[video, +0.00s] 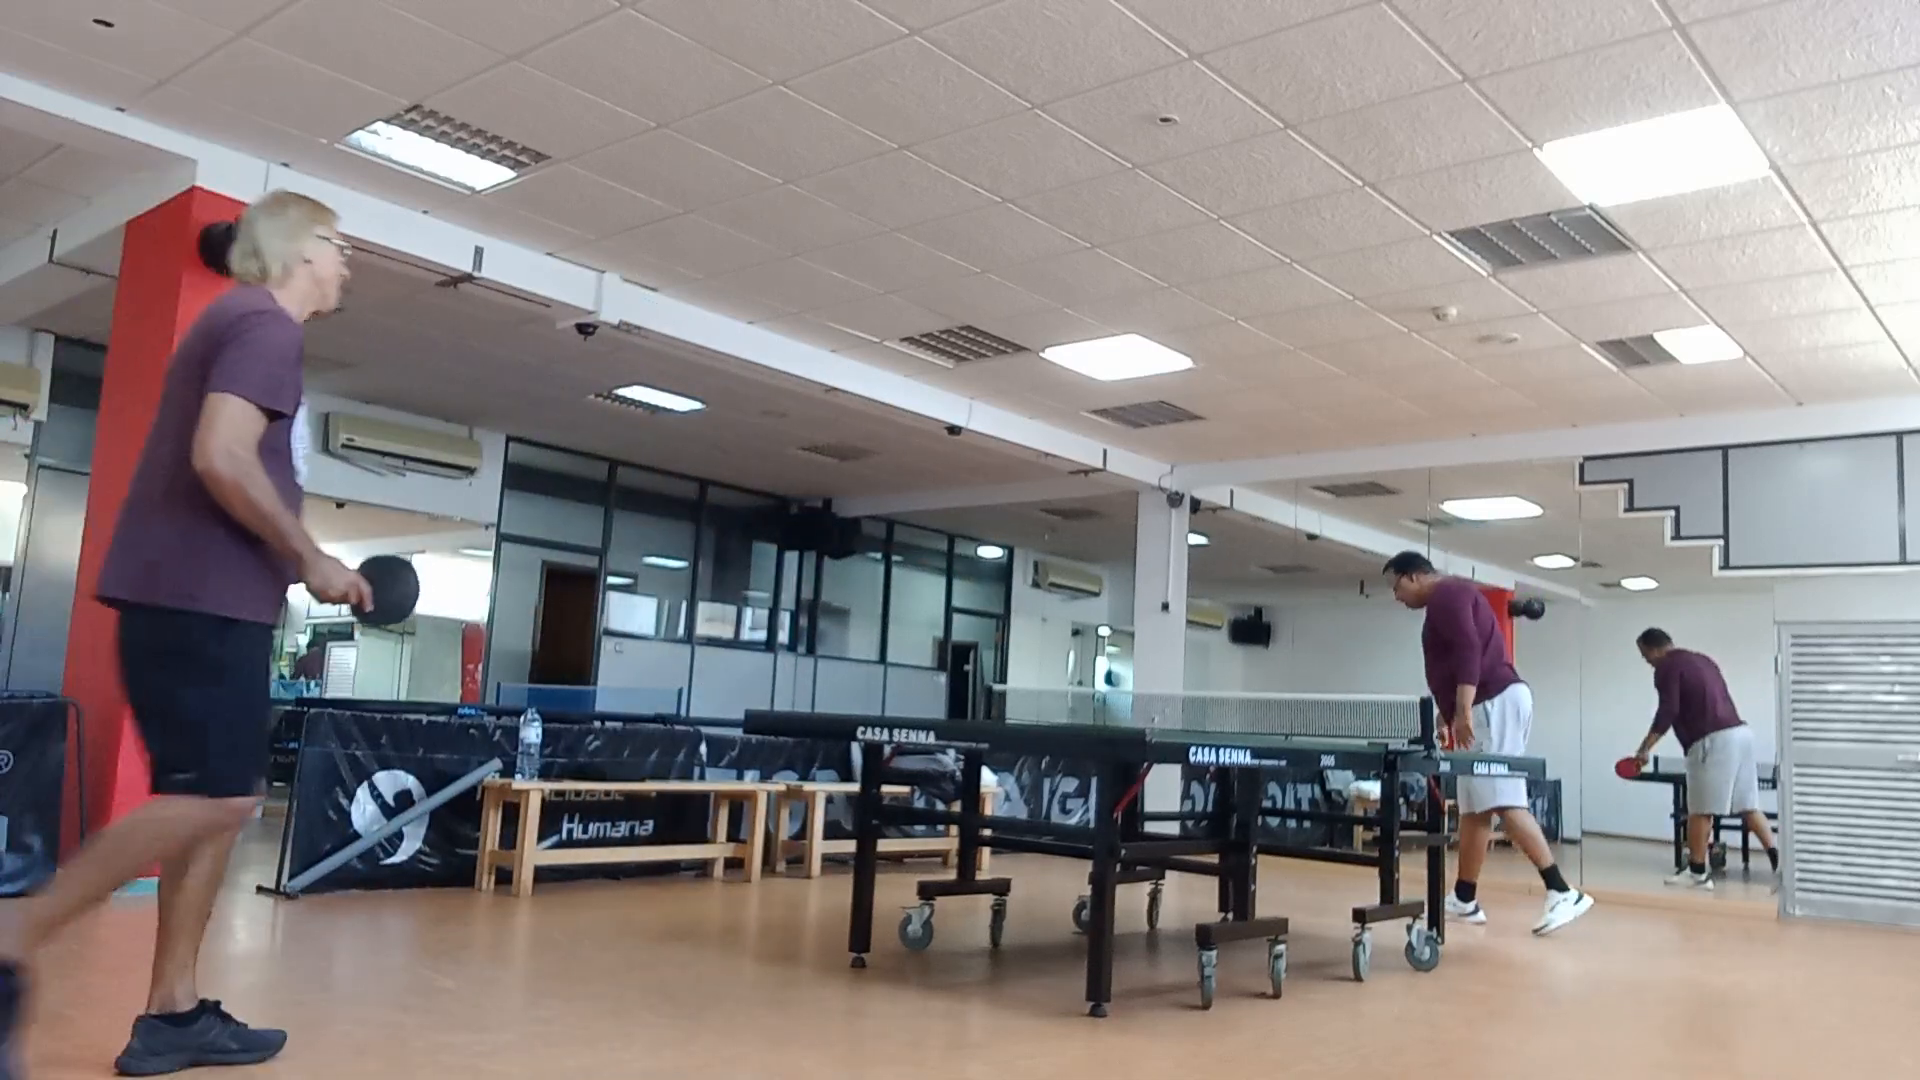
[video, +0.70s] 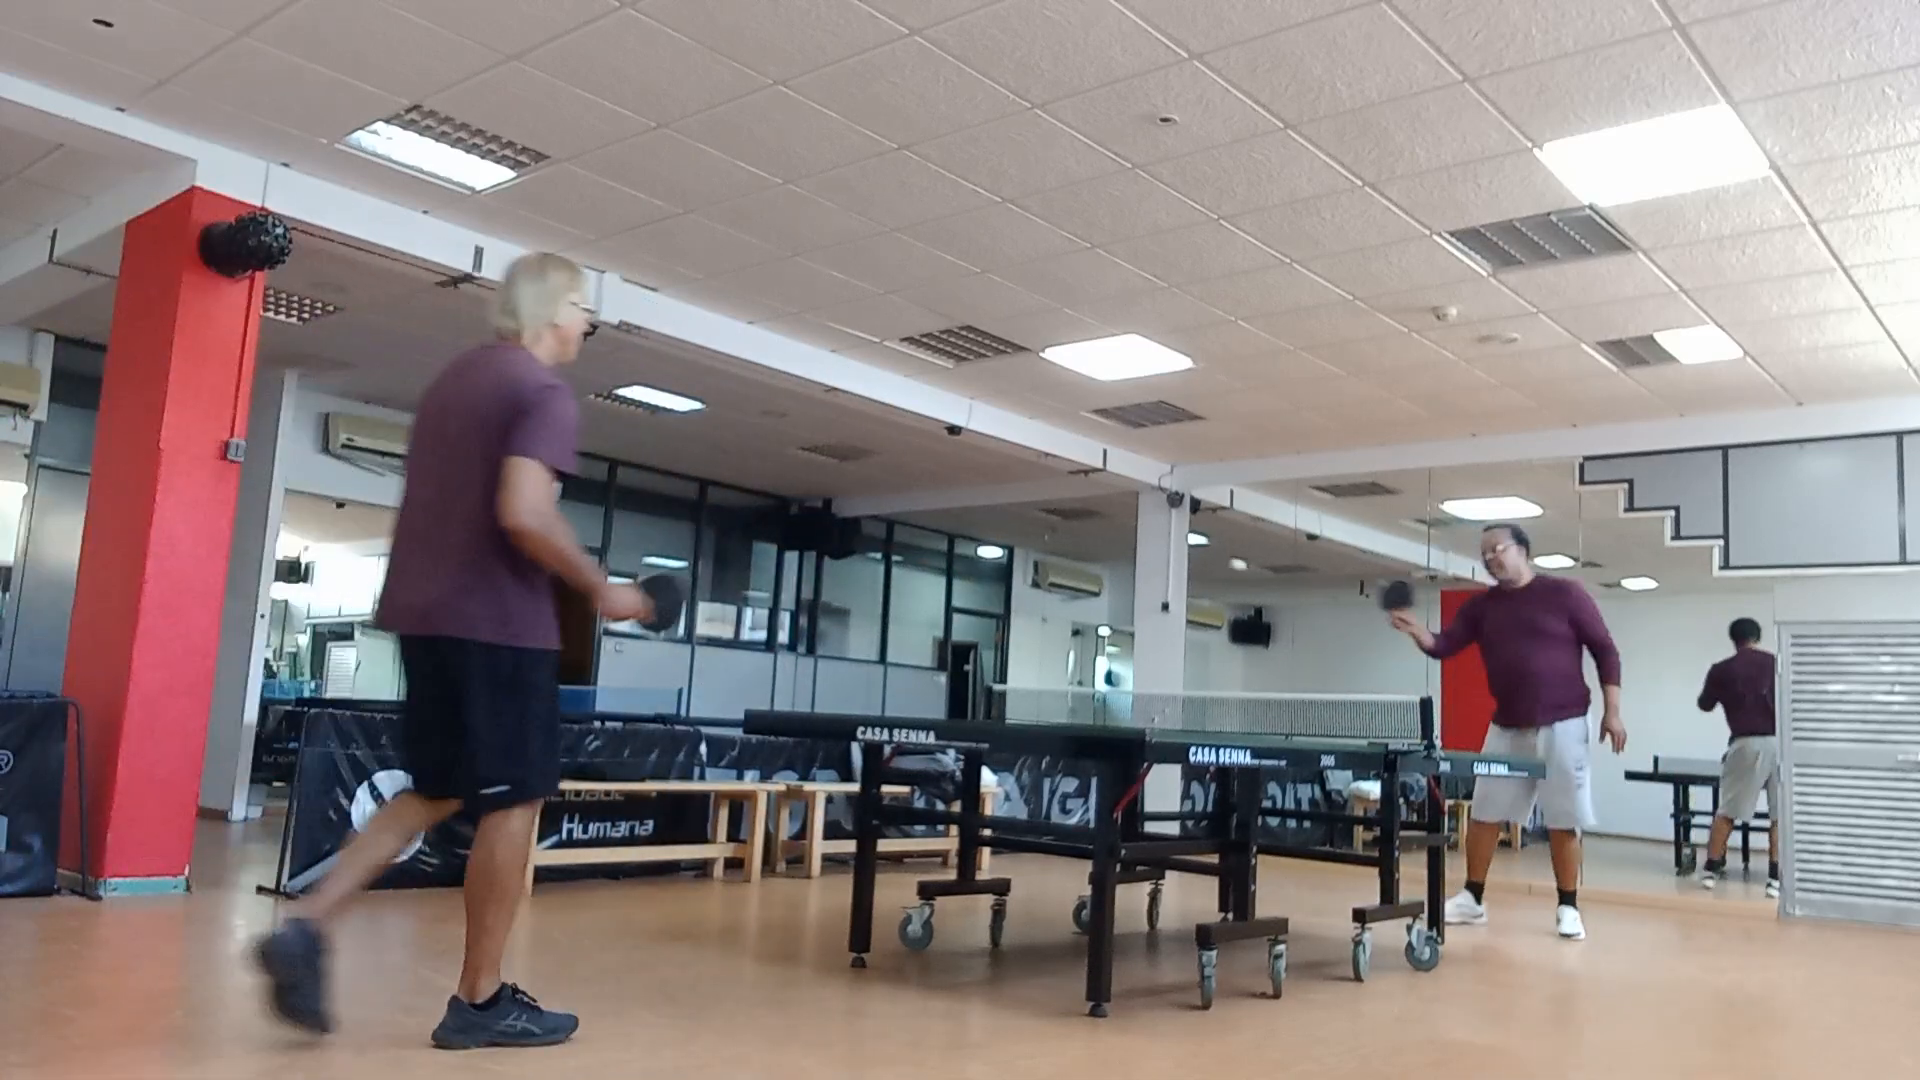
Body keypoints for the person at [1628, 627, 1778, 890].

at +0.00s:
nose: (1648, 662)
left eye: (1646, 656)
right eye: (1645, 658)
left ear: (1652, 650)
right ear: (1669, 644)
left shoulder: (1667, 666)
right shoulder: (1700, 658)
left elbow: (1669, 711)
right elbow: (1713, 701)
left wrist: (1644, 749)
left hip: (1711, 740)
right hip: (1740, 733)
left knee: (1699, 811)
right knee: (1749, 806)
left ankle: (1698, 872)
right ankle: (1776, 858)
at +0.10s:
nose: (1654, 660)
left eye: (1652, 655)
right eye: (1652, 656)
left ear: (1656, 649)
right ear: (1676, 643)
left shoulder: (1666, 669)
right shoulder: (1708, 658)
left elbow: (1665, 715)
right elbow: (1735, 702)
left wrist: (1646, 752)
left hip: (1712, 740)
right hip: (1743, 734)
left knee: (1700, 811)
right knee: (1752, 806)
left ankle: (1698, 872)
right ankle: (1777, 858)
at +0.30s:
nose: (1672, 651)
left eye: (1671, 647)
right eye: (1673, 647)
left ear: (1672, 645)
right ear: (1696, 638)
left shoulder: (1673, 673)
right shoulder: (1730, 658)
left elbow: (1663, 719)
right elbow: (1758, 697)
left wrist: (1647, 754)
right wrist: (1753, 730)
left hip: (1718, 741)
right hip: (1753, 738)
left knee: (1706, 811)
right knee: (1757, 806)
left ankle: (1698, 872)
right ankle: (1777, 864)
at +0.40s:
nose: (1684, 649)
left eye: (1683, 645)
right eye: (1685, 645)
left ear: (1684, 643)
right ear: (1709, 638)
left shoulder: (1683, 670)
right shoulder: (1742, 659)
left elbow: (1667, 711)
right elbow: (1769, 695)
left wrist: (1648, 734)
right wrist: (1769, 728)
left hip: (1724, 742)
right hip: (1759, 740)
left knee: (1710, 812)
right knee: (1763, 811)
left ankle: (1697, 873)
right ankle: (1775, 871)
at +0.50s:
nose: (1705, 646)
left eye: (1701, 642)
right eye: (1712, 641)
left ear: (1698, 643)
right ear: (1723, 638)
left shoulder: (1693, 671)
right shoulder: (1754, 661)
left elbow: (1676, 703)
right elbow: (1780, 699)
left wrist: (1656, 708)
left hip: (1730, 743)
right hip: (1766, 742)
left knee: (1713, 813)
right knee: (1769, 814)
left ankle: (1697, 872)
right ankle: (1773, 878)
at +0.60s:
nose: (1726, 645)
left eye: (1720, 641)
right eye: (1732, 639)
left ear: (1715, 642)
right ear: (1740, 638)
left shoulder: (1708, 670)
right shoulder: (1767, 663)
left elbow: (1690, 700)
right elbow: (1782, 695)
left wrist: (1686, 685)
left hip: (1739, 745)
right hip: (1775, 744)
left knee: (1717, 812)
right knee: (1777, 816)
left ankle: (1698, 871)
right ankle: (1776, 878)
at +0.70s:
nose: (1749, 643)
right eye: (1753, 638)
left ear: (1733, 640)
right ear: (1757, 638)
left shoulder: (1721, 669)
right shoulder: (1776, 663)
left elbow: (1705, 704)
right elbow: (1789, 696)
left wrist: (1727, 685)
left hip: (1745, 745)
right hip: (1780, 744)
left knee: (1727, 811)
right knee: (1780, 816)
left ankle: (1711, 870)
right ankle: (1776, 879)